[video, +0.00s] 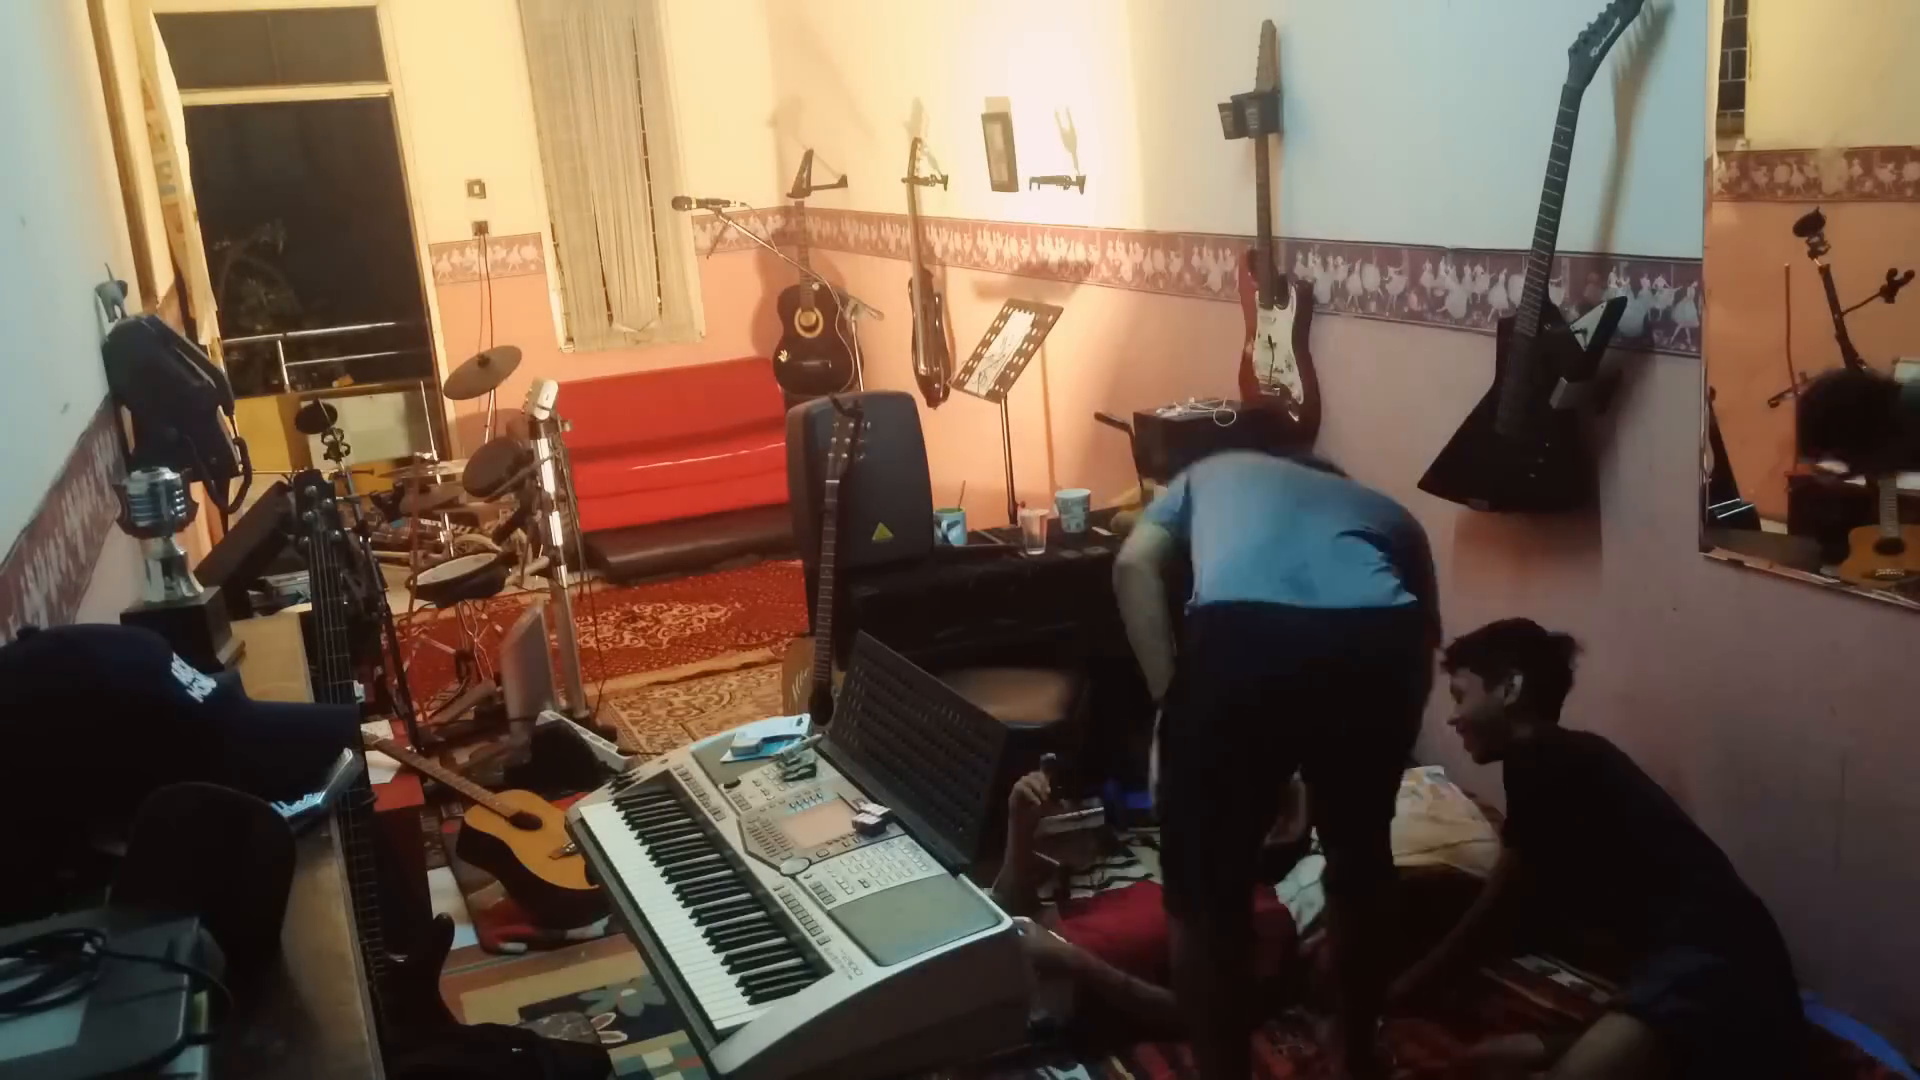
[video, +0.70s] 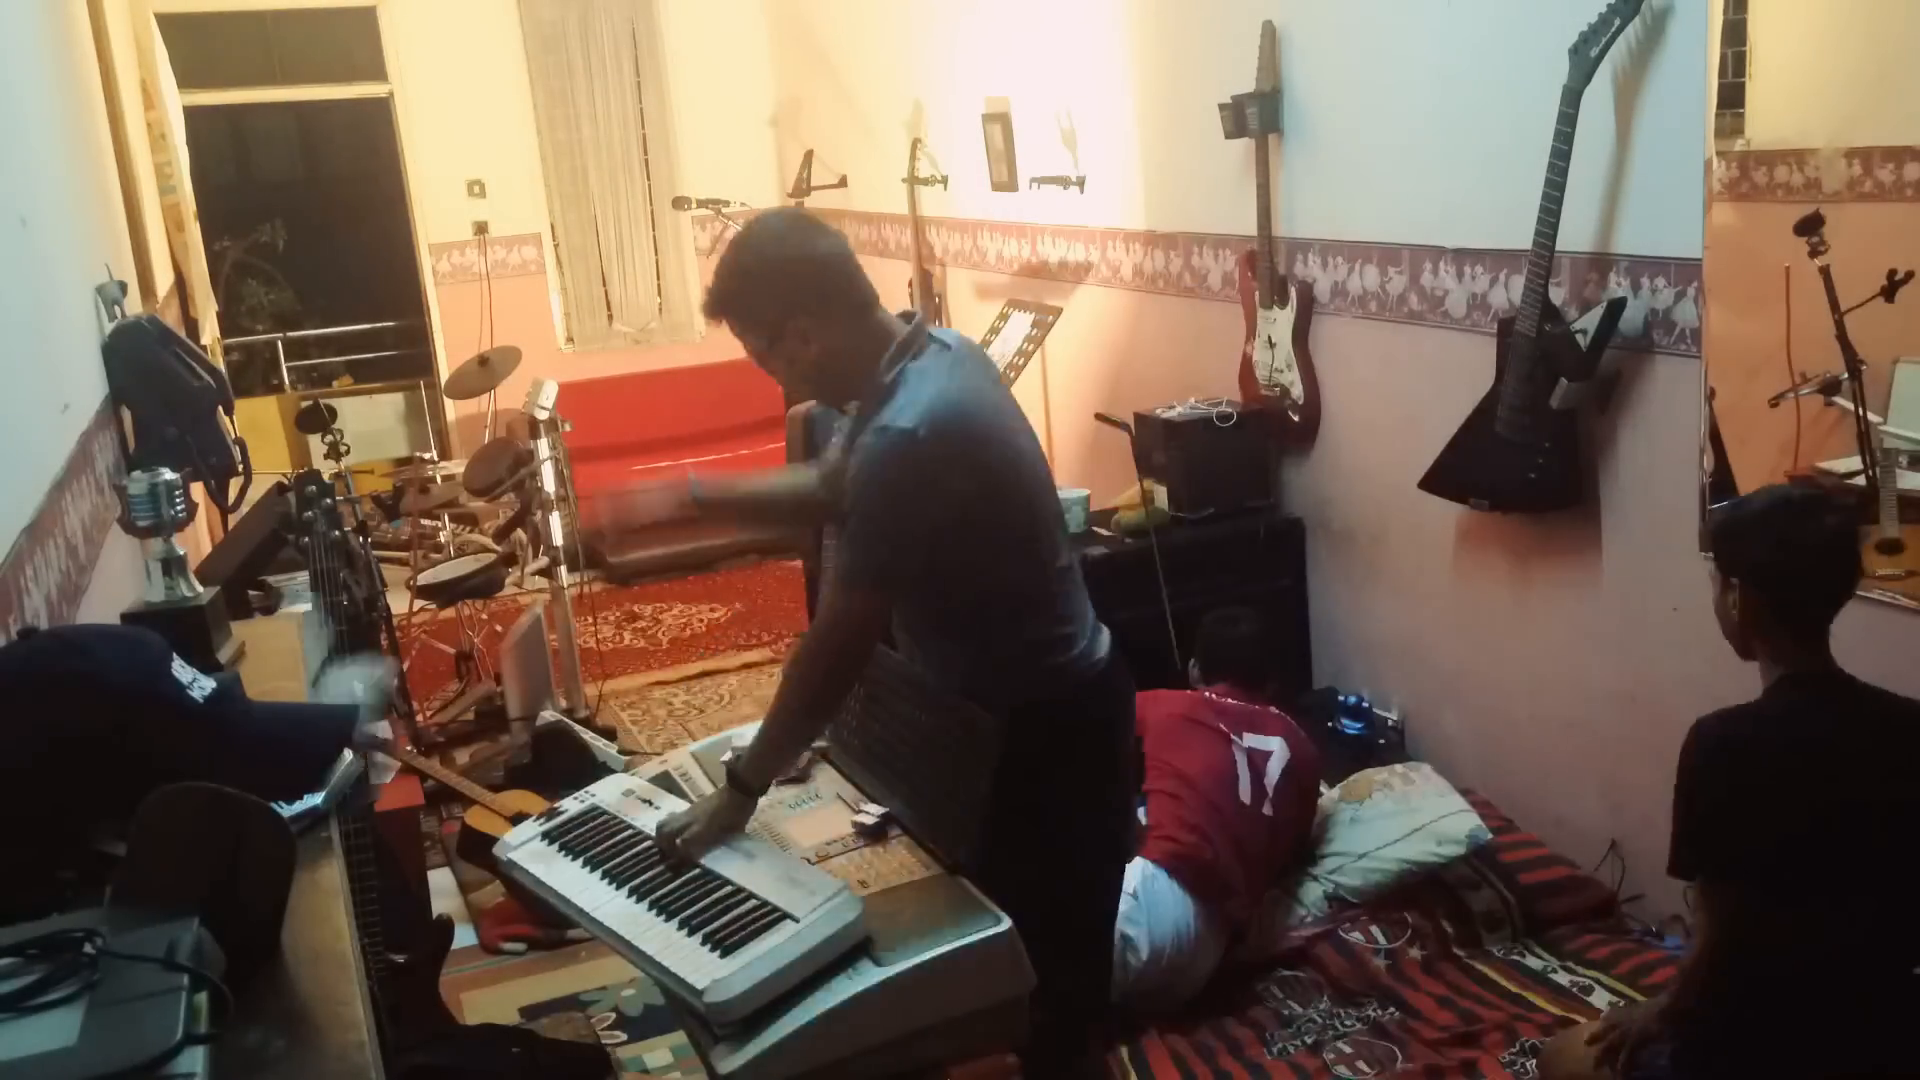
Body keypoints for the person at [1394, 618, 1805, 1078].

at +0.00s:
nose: (1453, 717)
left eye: (1460, 696)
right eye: (1454, 699)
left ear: (1510, 690)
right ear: (1511, 691)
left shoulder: (1541, 766)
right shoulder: (1577, 755)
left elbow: (1506, 901)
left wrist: (1418, 982)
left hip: (1709, 968)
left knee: (1583, 1065)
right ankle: (1556, 1046)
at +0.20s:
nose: (1474, 713)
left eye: (1483, 693)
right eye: (1474, 696)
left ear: (1533, 683)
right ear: (1530, 685)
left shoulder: (1597, 752)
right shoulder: (1557, 798)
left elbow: (1569, 893)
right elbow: (1542, 905)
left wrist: (1419, 906)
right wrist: (1421, 912)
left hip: (1744, 969)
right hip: (1688, 964)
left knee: (1581, 1070)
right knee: (1491, 1055)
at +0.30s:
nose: (1470, 704)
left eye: (1480, 684)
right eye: (1470, 686)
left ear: (1531, 680)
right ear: (1531, 684)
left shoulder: (1581, 740)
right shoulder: (1567, 757)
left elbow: (1526, 875)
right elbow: (1555, 913)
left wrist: (1447, 874)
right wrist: (1428, 912)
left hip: (1732, 956)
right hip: (1690, 957)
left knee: (1585, 1069)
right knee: (1486, 1058)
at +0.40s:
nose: (1376, 744)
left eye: (1379, 726)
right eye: (1374, 729)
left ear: (1407, 709)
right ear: (1464, 704)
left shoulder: (1414, 728)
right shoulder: (1511, 743)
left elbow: (1405, 890)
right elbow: (1517, 899)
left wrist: (1403, 1005)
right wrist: (1403, 907)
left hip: (1633, 884)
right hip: (1740, 868)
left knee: (1565, 1057)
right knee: (1674, 1026)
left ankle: (1752, 1063)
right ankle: (1803, 1046)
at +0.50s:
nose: (1691, 623)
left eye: (1694, 603)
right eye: (1690, 602)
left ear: (1733, 621)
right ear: (1817, 597)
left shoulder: (1726, 766)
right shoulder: (1906, 722)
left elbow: (1659, 912)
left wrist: (1661, 738)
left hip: (1762, 1036)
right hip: (1895, 1025)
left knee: (1554, 1059)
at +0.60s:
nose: (1689, 630)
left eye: (1686, 613)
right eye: (1685, 613)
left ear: (1705, 622)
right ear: (1808, 595)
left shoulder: (1713, 766)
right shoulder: (1905, 730)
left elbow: (1643, 909)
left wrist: (1661, 740)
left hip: (1758, 1037)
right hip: (1890, 1029)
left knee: (1547, 1059)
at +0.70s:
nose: (1715, 598)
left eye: (1717, 581)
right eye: (1716, 580)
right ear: (1837, 589)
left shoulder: (1722, 742)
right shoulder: (1908, 724)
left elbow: (1717, 939)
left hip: (1753, 1042)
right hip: (1884, 1033)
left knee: (1561, 1052)